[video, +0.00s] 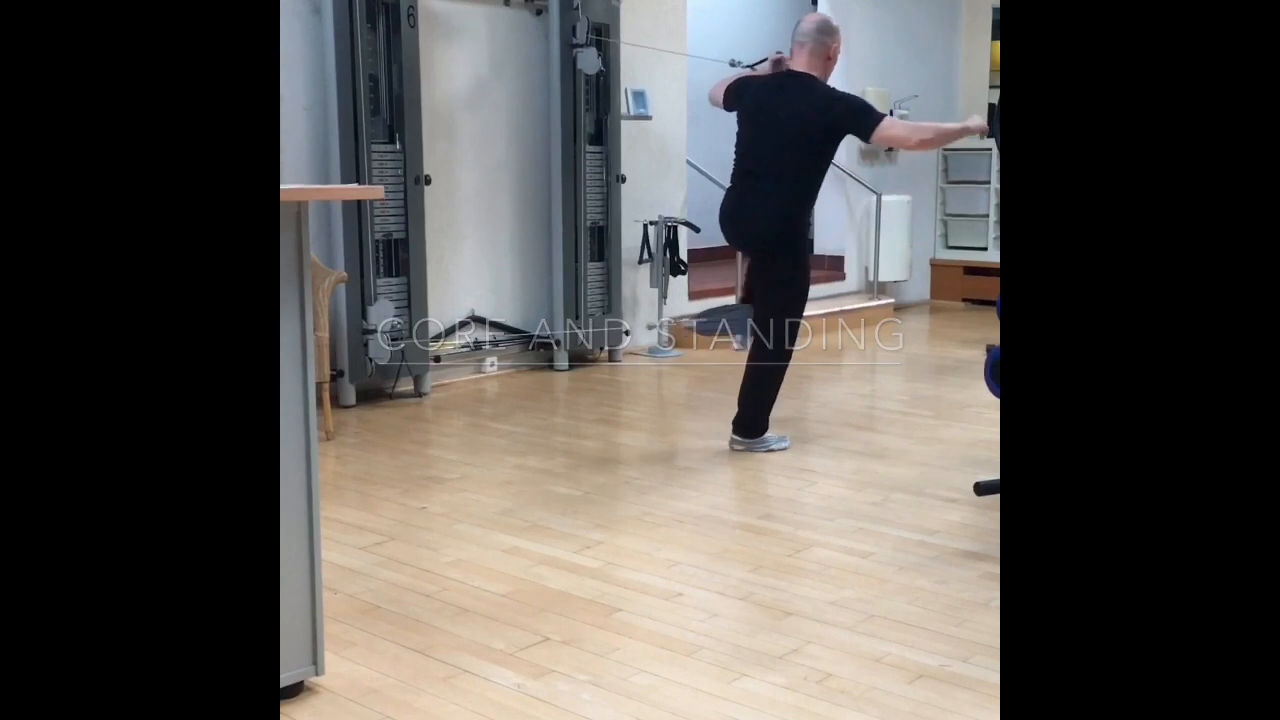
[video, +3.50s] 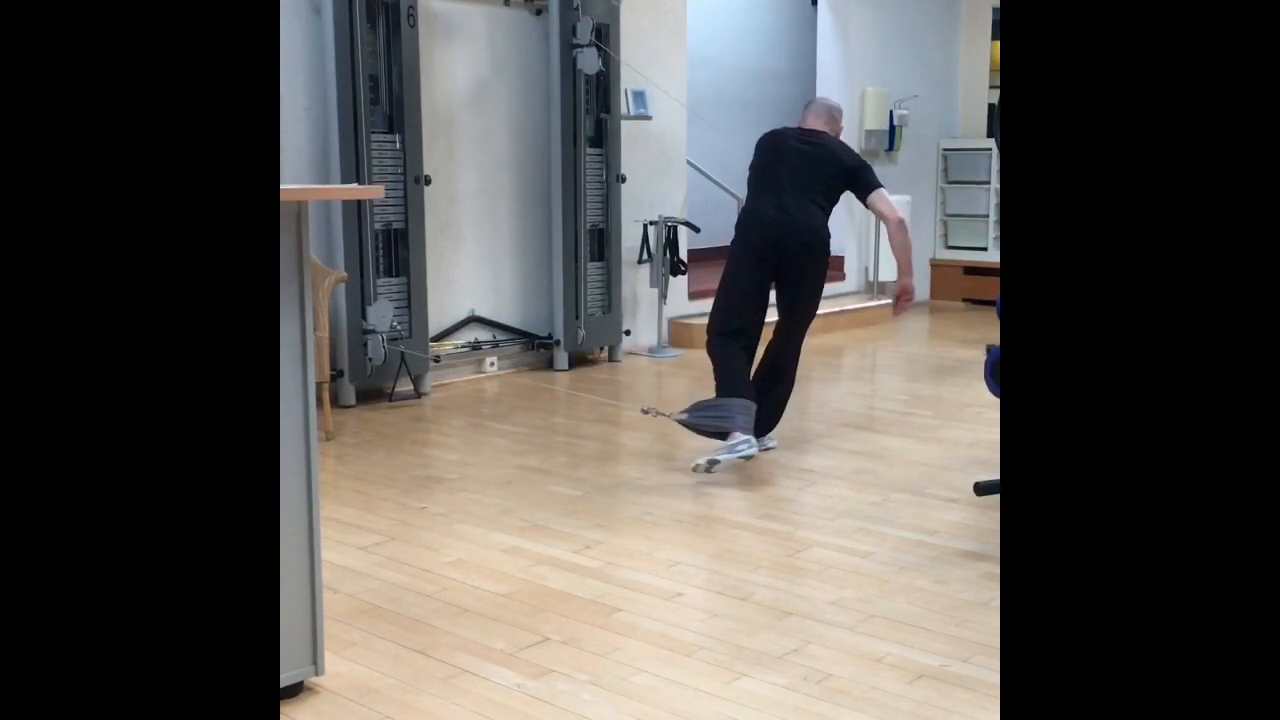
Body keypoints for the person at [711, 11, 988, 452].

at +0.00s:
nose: (835, 59)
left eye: (832, 53)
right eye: (837, 53)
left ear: (791, 49)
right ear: (833, 54)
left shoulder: (754, 87)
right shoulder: (837, 105)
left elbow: (716, 94)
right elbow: (912, 137)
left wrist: (761, 70)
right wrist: (969, 127)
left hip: (734, 219)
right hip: (782, 231)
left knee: (761, 246)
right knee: (776, 331)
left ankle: (746, 313)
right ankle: (748, 431)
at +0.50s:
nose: (784, 69)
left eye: (784, 63)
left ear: (784, 66)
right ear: (826, 70)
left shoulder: (755, 101)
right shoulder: (845, 112)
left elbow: (703, 121)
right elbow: (915, 150)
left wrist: (736, 135)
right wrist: (922, 162)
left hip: (748, 225)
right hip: (802, 238)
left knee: (707, 278)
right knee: (780, 337)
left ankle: (688, 351)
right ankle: (752, 433)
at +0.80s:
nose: (811, 93)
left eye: (796, 85)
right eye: (826, 92)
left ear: (788, 86)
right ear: (829, 94)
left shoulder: (758, 115)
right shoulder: (842, 130)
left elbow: (725, 154)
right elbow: (909, 182)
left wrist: (753, 159)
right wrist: (936, 220)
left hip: (742, 229)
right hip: (796, 241)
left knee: (691, 297)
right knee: (780, 338)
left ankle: (661, 364)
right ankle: (752, 431)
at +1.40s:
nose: (832, 136)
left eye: (820, 129)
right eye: (834, 131)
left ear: (797, 124)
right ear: (833, 130)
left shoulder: (768, 145)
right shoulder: (841, 152)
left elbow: (740, 187)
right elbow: (898, 200)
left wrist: (763, 213)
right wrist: (943, 249)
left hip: (741, 232)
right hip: (795, 244)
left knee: (700, 309)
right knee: (783, 335)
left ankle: (642, 382)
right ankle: (752, 431)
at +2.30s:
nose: (842, 174)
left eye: (836, 169)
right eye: (842, 169)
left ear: (804, 161)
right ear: (838, 166)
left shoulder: (776, 174)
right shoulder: (843, 181)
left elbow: (745, 212)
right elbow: (895, 228)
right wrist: (937, 278)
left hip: (747, 232)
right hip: (796, 246)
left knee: (706, 295)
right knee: (787, 338)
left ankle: (642, 345)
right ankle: (751, 432)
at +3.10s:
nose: (838, 160)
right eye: (840, 155)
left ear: (802, 145)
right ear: (838, 152)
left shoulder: (772, 160)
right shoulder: (843, 173)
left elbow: (749, 203)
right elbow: (894, 222)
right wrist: (924, 278)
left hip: (747, 235)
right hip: (800, 246)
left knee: (719, 319)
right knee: (787, 338)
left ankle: (684, 396)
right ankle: (750, 432)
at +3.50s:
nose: (842, 136)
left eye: (840, 133)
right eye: (843, 132)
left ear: (801, 119)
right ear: (838, 128)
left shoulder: (770, 139)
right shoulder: (845, 156)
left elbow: (754, 193)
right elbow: (894, 218)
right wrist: (906, 276)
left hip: (753, 240)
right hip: (806, 249)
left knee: (728, 331)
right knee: (788, 339)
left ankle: (738, 430)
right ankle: (759, 428)